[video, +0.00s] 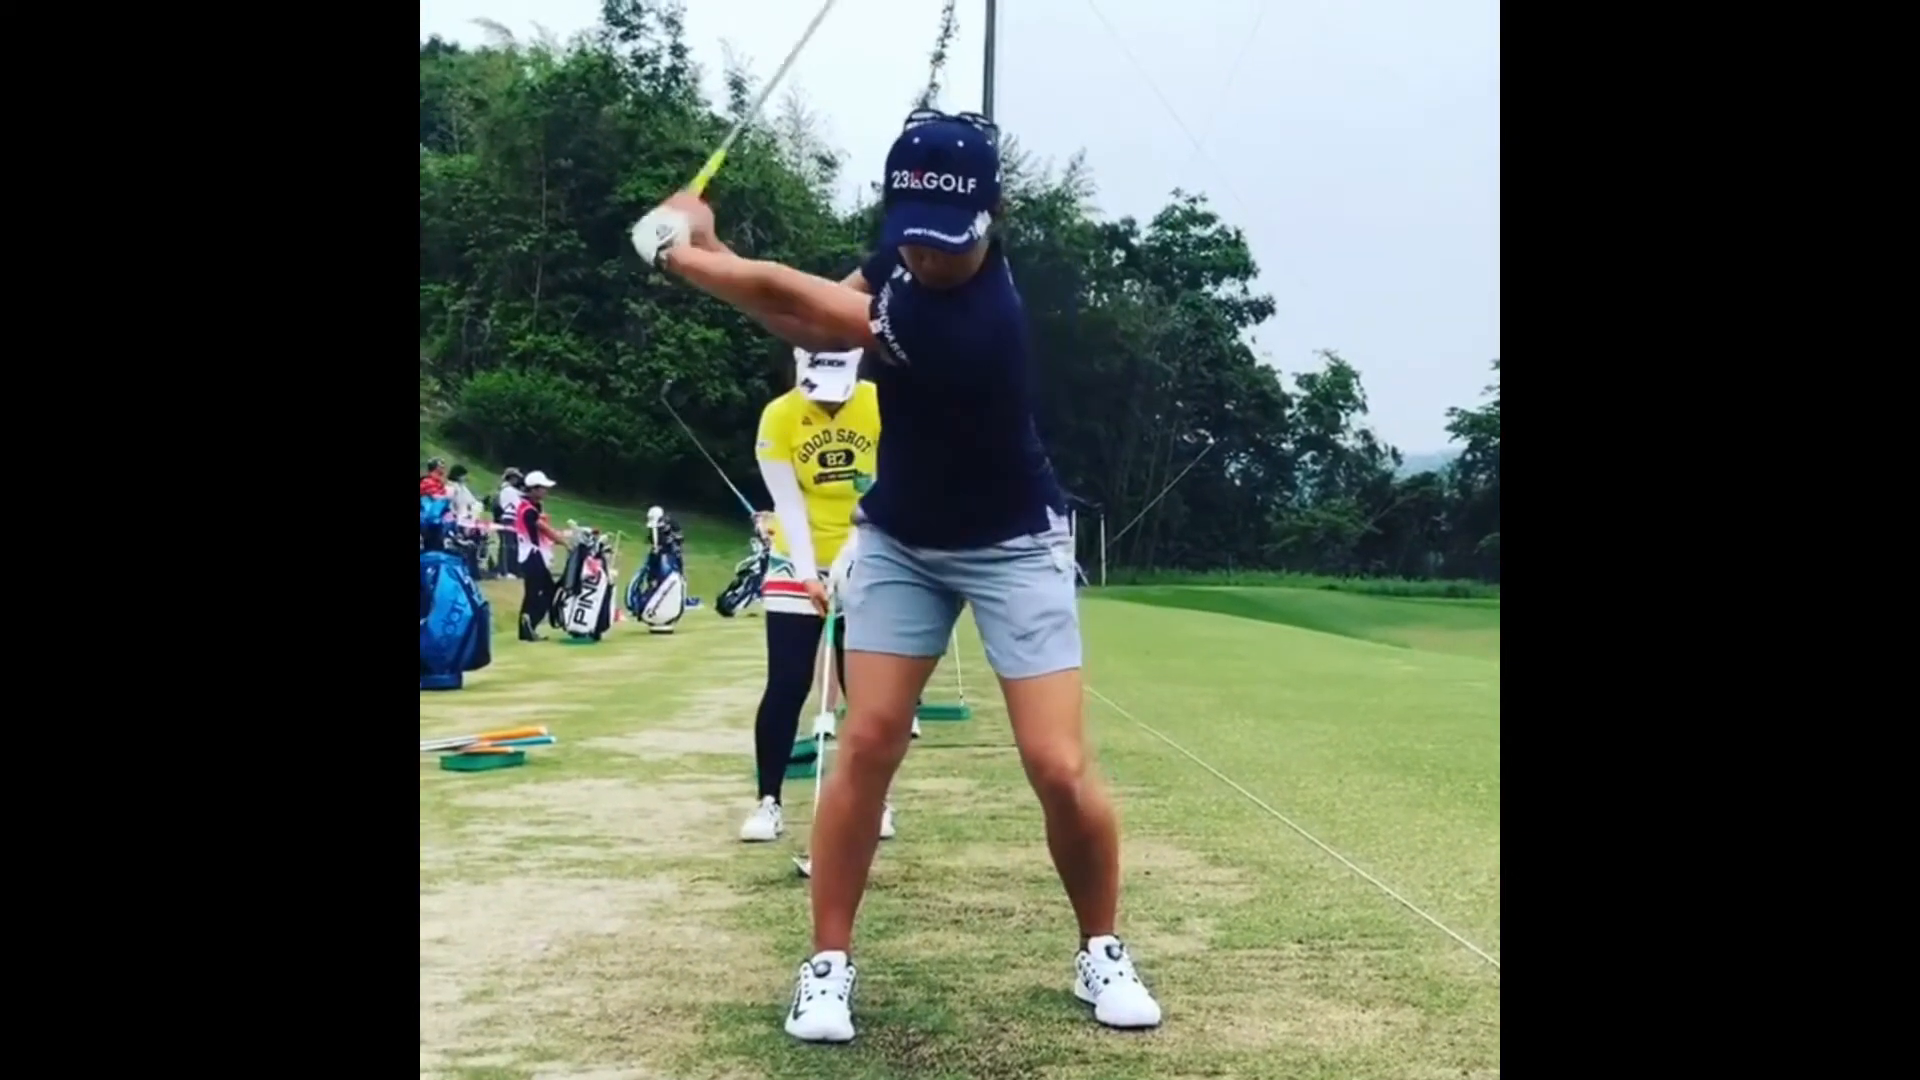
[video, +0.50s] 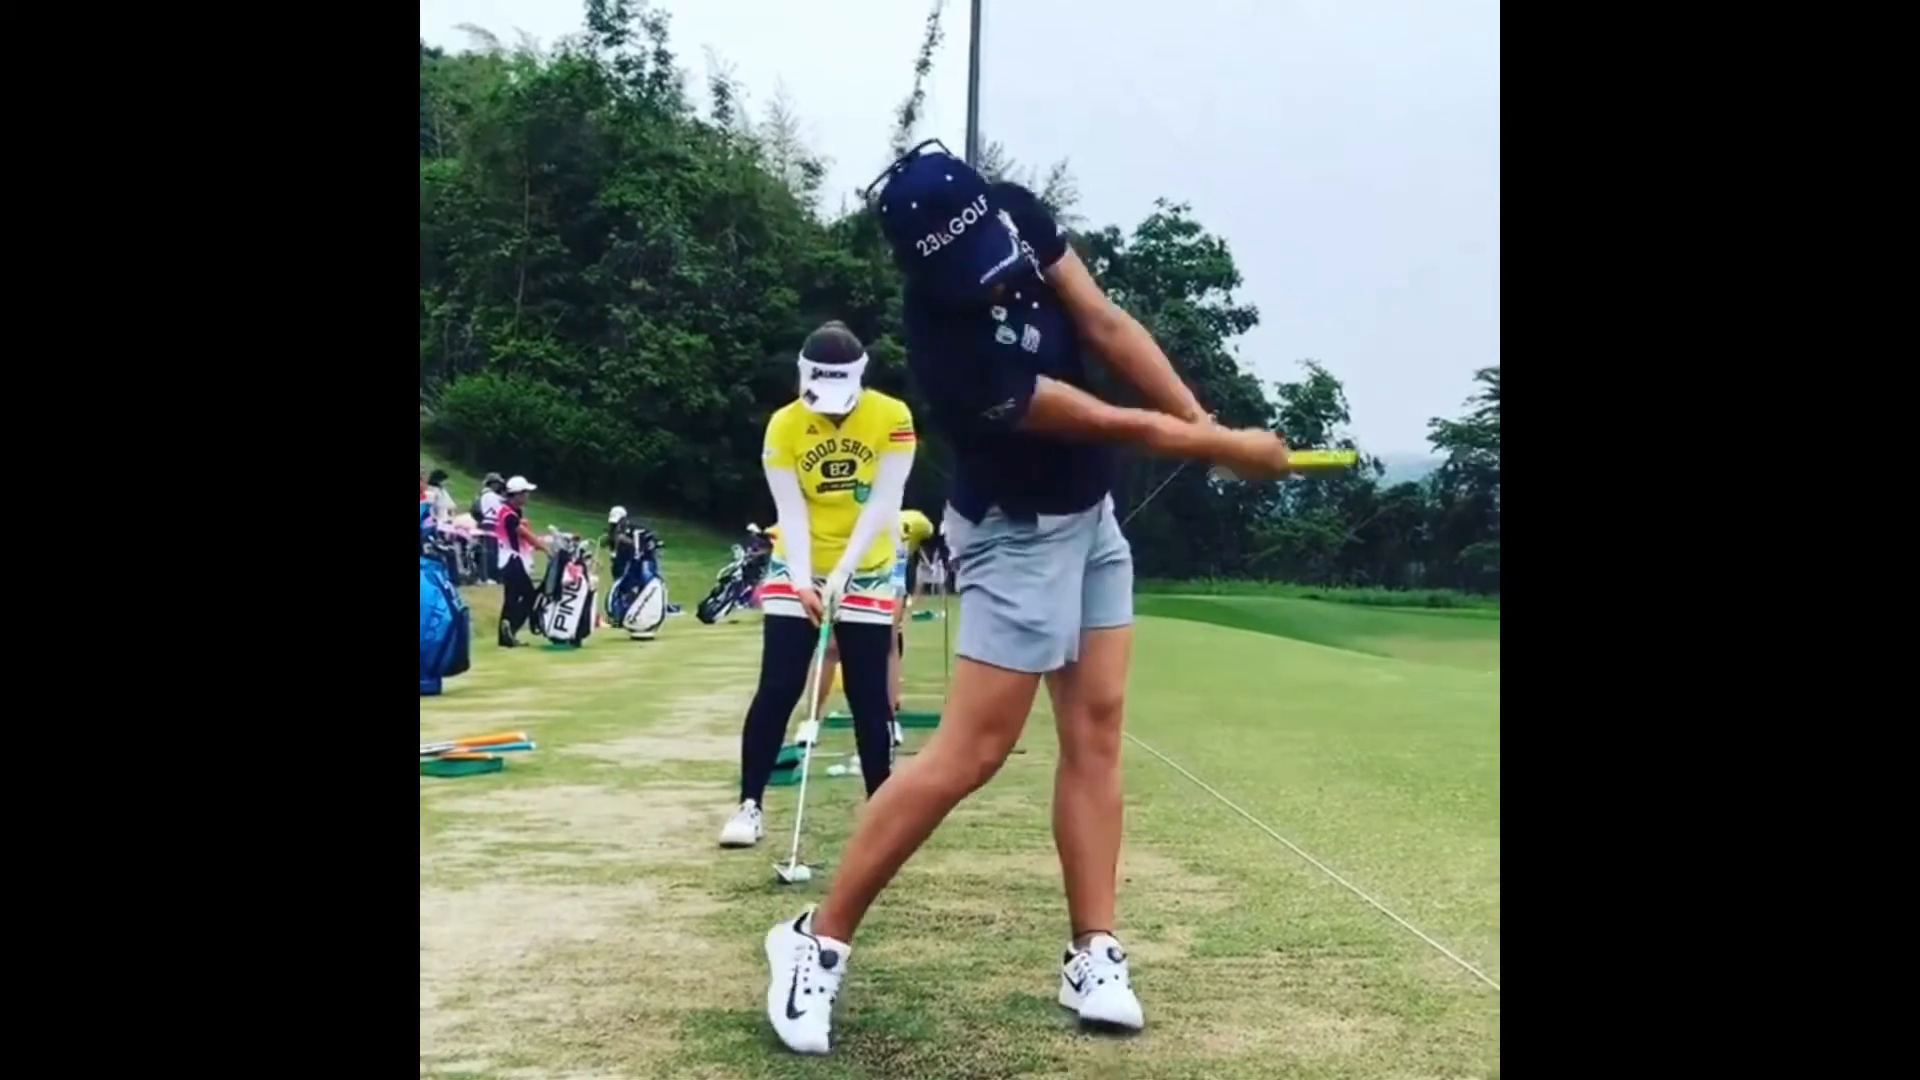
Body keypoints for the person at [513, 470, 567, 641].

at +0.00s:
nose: (545, 492)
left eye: (546, 488)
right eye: (542, 488)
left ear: (535, 491)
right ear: (533, 490)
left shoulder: (528, 507)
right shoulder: (529, 511)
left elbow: (545, 529)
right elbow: (546, 531)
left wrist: (562, 535)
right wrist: (565, 541)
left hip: (531, 553)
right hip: (532, 554)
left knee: (532, 591)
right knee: (549, 588)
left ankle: (526, 629)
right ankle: (531, 621)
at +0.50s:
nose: (527, 497)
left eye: (527, 493)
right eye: (524, 493)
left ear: (514, 496)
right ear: (515, 495)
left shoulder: (510, 512)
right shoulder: (510, 516)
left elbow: (525, 533)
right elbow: (527, 537)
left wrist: (541, 543)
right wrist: (546, 548)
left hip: (510, 556)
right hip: (511, 559)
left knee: (511, 596)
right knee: (529, 593)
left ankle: (505, 634)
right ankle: (511, 626)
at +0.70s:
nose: (517, 498)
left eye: (517, 495)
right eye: (514, 495)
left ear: (502, 496)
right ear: (507, 496)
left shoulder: (495, 513)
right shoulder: (500, 518)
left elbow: (513, 535)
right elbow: (517, 538)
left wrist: (530, 545)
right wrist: (535, 549)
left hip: (496, 558)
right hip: (502, 560)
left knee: (500, 598)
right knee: (518, 595)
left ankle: (494, 635)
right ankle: (500, 627)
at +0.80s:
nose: (512, 499)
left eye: (512, 495)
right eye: (510, 496)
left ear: (497, 496)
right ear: (503, 497)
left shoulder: (489, 514)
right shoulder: (495, 519)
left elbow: (508, 536)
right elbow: (512, 540)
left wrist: (526, 545)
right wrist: (530, 550)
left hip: (490, 558)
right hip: (497, 561)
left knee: (495, 599)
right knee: (514, 596)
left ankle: (488, 637)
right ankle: (495, 628)